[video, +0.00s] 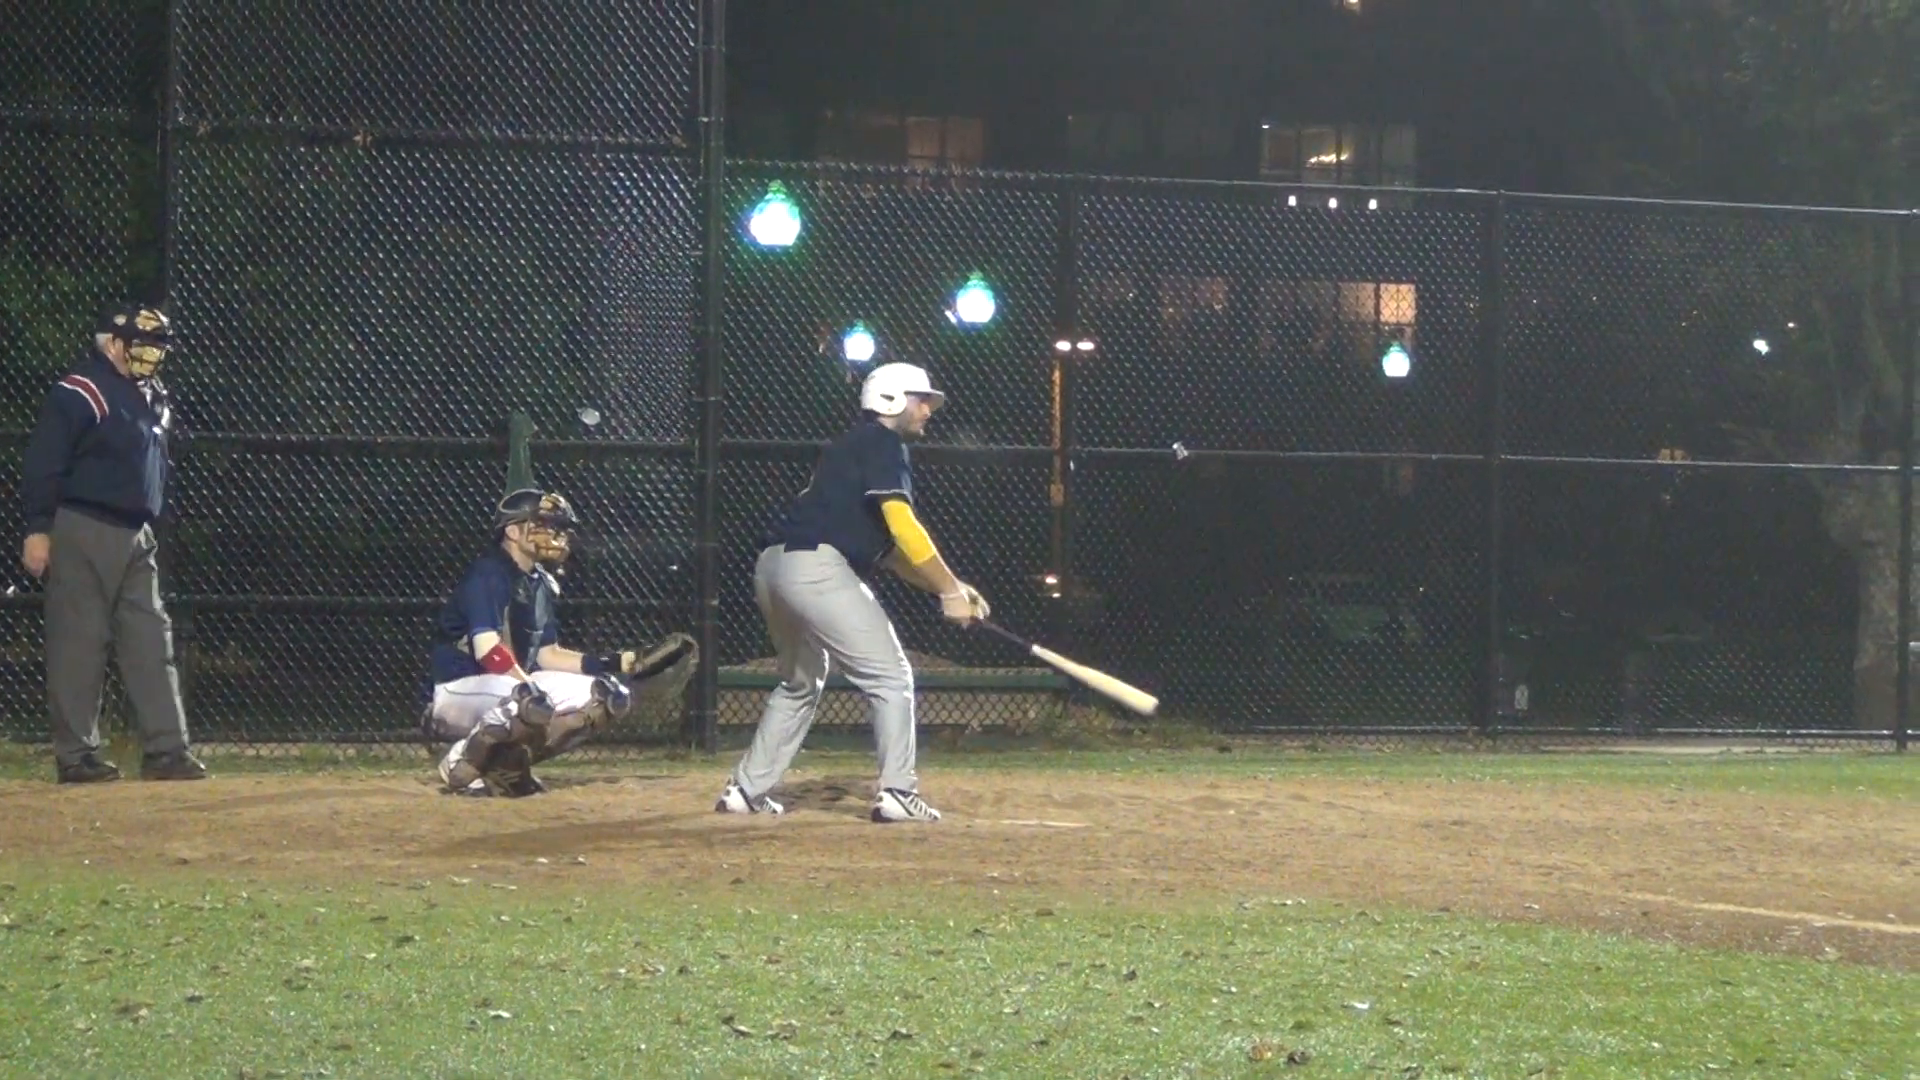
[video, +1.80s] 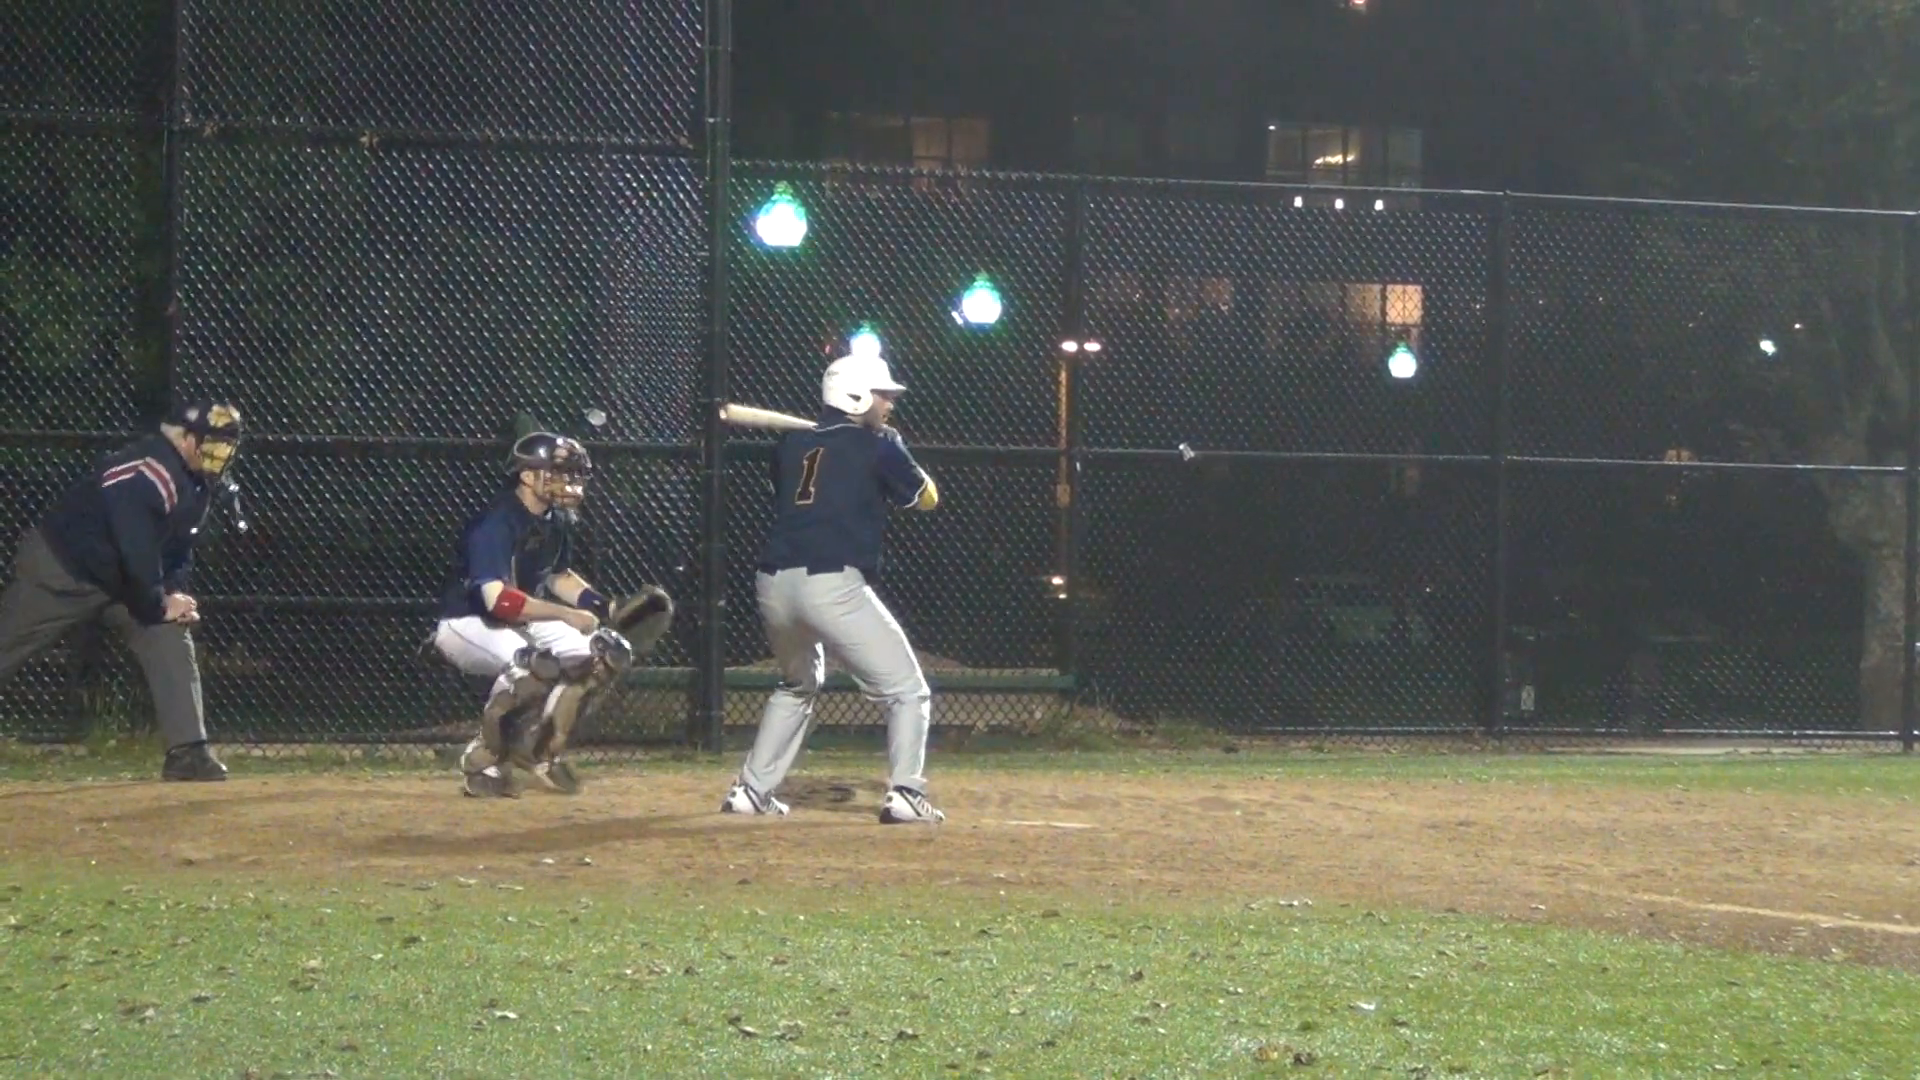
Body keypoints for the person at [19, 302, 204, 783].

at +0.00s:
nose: (150, 355)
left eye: (155, 346)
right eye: (141, 345)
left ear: (158, 348)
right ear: (113, 343)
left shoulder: (152, 398)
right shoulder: (79, 390)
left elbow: (153, 465)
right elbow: (43, 459)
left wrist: (147, 518)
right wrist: (37, 527)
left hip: (136, 535)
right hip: (84, 531)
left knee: (149, 640)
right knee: (79, 639)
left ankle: (167, 751)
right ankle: (76, 755)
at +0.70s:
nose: (150, 359)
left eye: (155, 350)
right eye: (142, 348)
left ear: (155, 351)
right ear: (114, 345)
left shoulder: (144, 395)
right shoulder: (83, 390)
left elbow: (139, 469)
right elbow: (45, 466)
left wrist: (163, 505)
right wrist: (104, 498)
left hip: (127, 533)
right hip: (72, 530)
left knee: (152, 628)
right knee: (78, 637)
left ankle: (166, 749)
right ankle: (76, 756)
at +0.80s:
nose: (155, 361)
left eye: (160, 352)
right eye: (147, 350)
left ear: (162, 354)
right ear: (118, 348)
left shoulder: (151, 400)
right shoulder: (85, 393)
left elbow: (146, 481)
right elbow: (68, 470)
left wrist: (192, 476)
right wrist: (139, 475)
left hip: (126, 536)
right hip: (73, 532)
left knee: (154, 627)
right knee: (77, 638)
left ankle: (171, 746)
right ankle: (76, 755)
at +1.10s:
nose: (191, 372)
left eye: (196, 364)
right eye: (182, 361)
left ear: (198, 367)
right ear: (154, 358)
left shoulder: (187, 414)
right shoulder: (122, 397)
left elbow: (207, 470)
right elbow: (140, 463)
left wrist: (262, 454)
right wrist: (206, 452)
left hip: (137, 539)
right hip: (83, 529)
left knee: (158, 640)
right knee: (84, 640)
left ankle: (182, 750)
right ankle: (79, 755)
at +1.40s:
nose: (235, 387)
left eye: (240, 379)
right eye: (228, 377)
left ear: (235, 381)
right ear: (201, 374)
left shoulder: (224, 427)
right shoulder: (156, 415)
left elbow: (223, 493)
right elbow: (161, 492)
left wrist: (260, 528)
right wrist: (221, 523)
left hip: (150, 542)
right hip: (96, 529)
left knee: (169, 641)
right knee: (89, 638)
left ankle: (184, 751)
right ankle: (64, 749)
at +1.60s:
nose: (239, 408)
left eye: (244, 400)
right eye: (232, 398)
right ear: (204, 394)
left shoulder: (221, 444)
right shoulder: (165, 429)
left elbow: (208, 519)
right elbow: (159, 508)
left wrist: (202, 575)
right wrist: (186, 575)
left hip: (147, 553)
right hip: (91, 537)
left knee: (171, 646)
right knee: (51, 641)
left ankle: (185, 751)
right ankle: (3, 719)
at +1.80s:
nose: (220, 453)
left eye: (225, 445)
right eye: (212, 442)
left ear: (231, 446)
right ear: (186, 439)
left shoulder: (196, 484)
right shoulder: (146, 472)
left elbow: (180, 550)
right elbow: (137, 554)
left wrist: (174, 591)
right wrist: (155, 608)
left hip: (123, 580)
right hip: (59, 570)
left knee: (170, 639)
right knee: (5, 657)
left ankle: (187, 750)